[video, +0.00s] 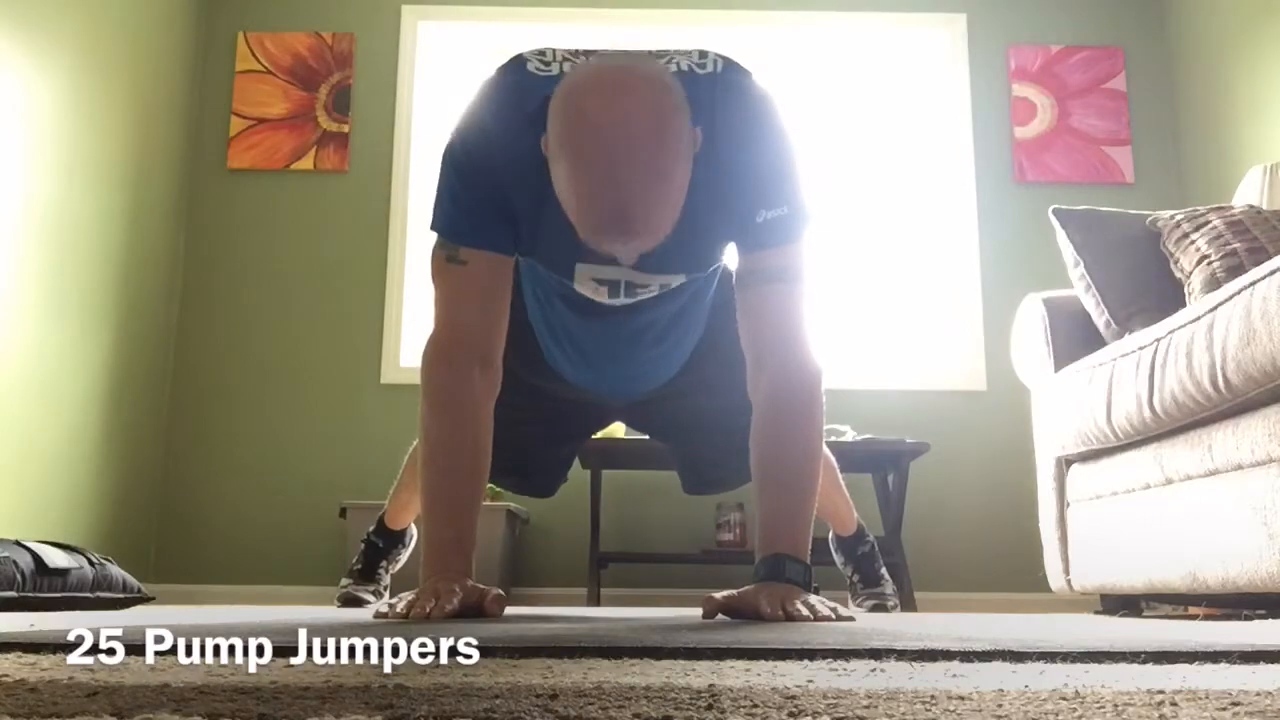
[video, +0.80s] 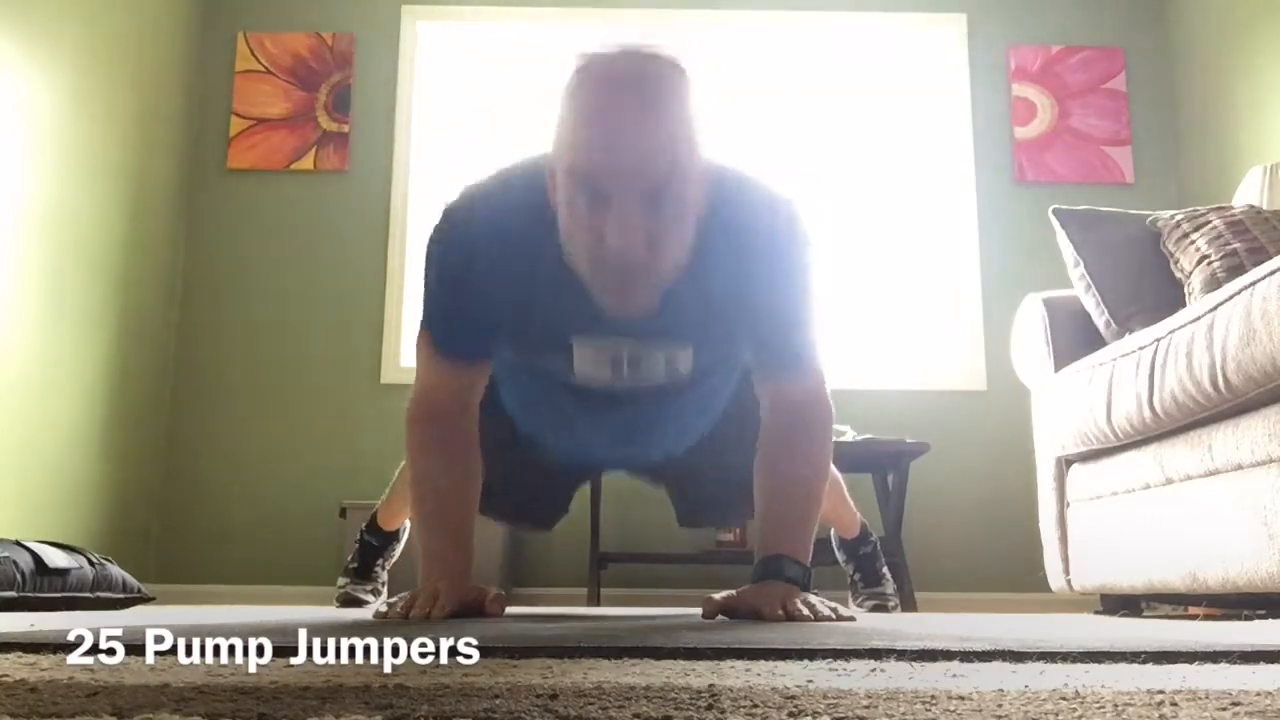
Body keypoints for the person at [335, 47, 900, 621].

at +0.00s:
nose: (623, 270)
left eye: (649, 251)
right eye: (598, 250)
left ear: (694, 144)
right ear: (549, 157)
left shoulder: (743, 121)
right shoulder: (493, 133)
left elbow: (784, 369)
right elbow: (461, 360)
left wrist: (780, 573)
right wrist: (447, 577)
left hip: (693, 317)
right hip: (538, 315)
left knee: (787, 436)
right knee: (457, 422)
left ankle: (857, 544)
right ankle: (386, 536)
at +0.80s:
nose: (623, 235)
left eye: (657, 199)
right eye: (591, 198)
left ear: (700, 179)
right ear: (554, 179)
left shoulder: (761, 233)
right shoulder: (479, 234)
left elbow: (797, 402)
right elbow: (440, 408)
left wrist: (779, 573)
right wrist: (447, 582)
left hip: (704, 420)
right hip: (532, 419)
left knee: (801, 469)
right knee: (435, 462)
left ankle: (859, 540)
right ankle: (380, 532)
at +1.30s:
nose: (624, 497)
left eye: (663, 451)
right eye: (587, 449)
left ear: (717, 441)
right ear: (544, 435)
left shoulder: (803, 441)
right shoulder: (463, 439)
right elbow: (406, 396)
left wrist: (785, 567)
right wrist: (440, 557)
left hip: (712, 579)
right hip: (529, 567)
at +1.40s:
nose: (622, 452)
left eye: (657, 407)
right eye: (592, 407)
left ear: (718, 398)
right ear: (544, 398)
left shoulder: (808, 415)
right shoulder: (455, 404)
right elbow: (405, 412)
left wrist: (781, 580)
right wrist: (443, 585)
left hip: (705, 580)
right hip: (529, 577)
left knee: (840, 539)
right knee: (406, 525)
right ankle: (382, 517)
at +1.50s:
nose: (628, 337)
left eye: (662, 306)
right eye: (604, 297)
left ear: (715, 281)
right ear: (563, 268)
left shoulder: (790, 340)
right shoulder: (471, 329)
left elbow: (826, 434)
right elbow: (421, 426)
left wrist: (778, 576)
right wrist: (446, 584)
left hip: (706, 585)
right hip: (531, 580)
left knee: (842, 534)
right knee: (402, 524)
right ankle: (382, 521)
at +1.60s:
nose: (645, 209)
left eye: (676, 173)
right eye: (617, 171)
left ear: (714, 170)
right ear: (570, 162)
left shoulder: (781, 258)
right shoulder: (479, 253)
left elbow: (811, 415)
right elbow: (439, 408)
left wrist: (784, 573)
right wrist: (449, 579)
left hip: (716, 548)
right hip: (525, 546)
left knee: (837, 533)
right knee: (408, 527)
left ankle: (860, 532)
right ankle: (378, 521)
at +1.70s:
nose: (640, 90)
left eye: (674, 56)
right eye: (612, 55)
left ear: (719, 68)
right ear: (566, 69)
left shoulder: (775, 178)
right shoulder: (481, 181)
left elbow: (800, 375)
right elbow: (448, 372)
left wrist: (783, 570)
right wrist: (443, 564)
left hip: (716, 385)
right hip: (542, 380)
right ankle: (423, 546)